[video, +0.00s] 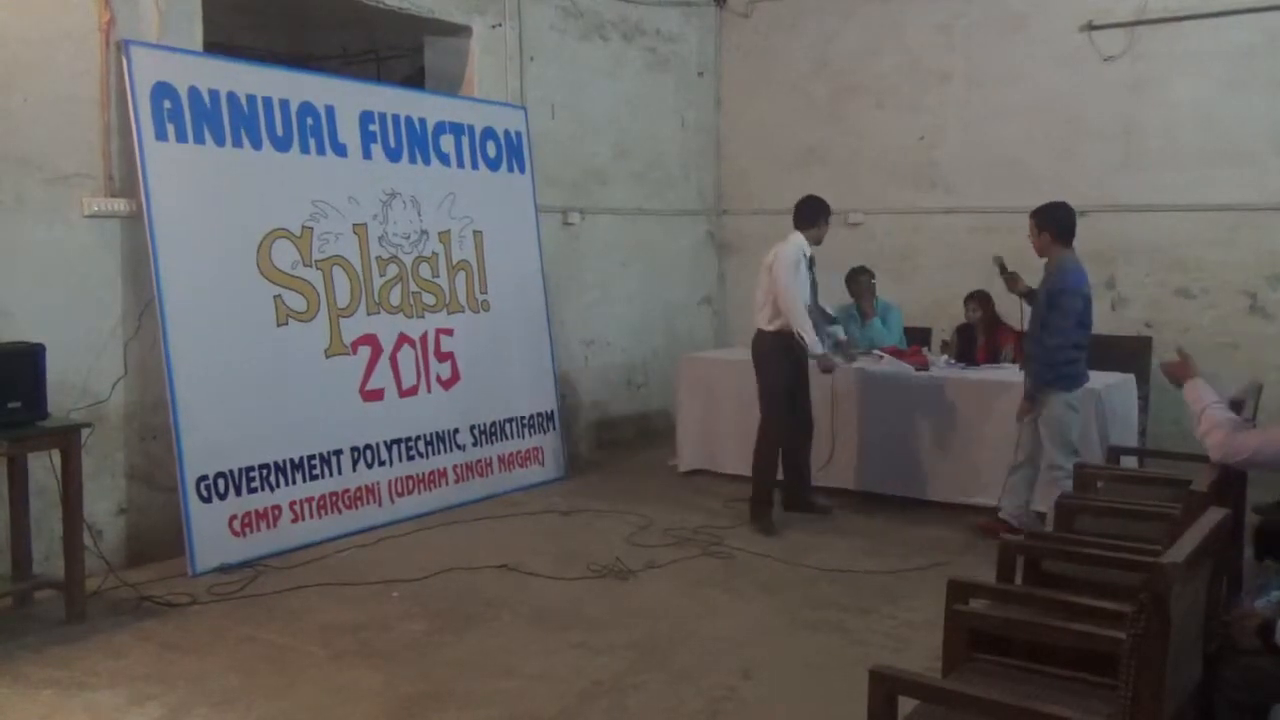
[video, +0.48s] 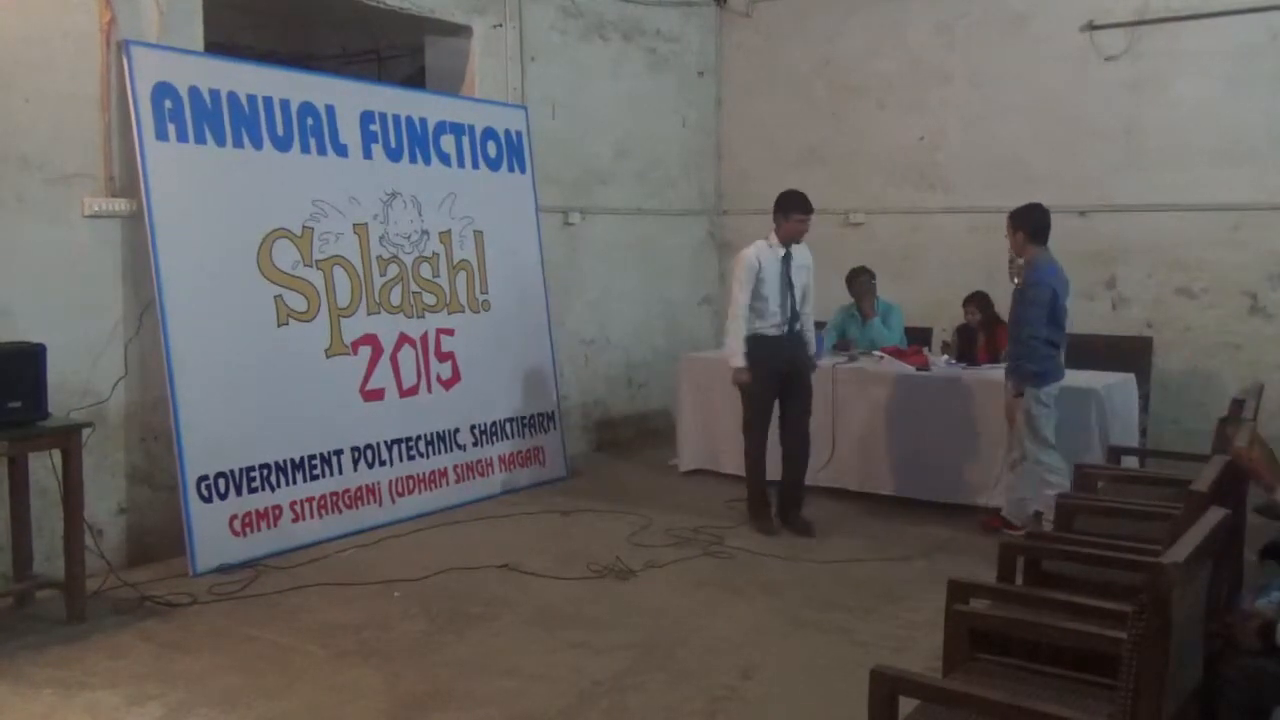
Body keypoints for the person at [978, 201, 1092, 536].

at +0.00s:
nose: (1031, 240)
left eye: (1033, 234)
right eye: (1031, 234)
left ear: (1047, 235)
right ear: (1060, 235)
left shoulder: (1066, 276)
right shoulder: (1059, 270)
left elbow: (1053, 341)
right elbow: (1051, 314)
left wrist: (1032, 392)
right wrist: (1025, 292)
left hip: (1061, 384)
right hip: (1045, 381)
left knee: (1057, 459)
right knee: (1027, 453)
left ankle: (1055, 525)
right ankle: (1013, 516)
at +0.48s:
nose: (1009, 241)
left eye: (1010, 234)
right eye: (1009, 234)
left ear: (1022, 235)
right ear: (1041, 233)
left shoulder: (1038, 276)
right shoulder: (1048, 270)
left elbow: (1029, 334)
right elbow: (1039, 327)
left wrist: (1017, 381)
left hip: (1035, 377)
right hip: (1037, 374)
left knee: (1038, 448)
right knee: (1019, 448)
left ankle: (1061, 513)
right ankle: (1015, 512)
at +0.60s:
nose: (1002, 241)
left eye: (1003, 234)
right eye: (1002, 233)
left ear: (1015, 234)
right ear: (1035, 233)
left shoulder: (1025, 273)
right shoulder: (1050, 270)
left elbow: (1014, 332)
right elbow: (1053, 322)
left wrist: (1004, 382)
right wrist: (1036, 351)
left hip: (1026, 373)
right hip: (1039, 370)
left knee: (1023, 446)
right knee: (1021, 445)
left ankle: (1038, 514)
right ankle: (1017, 511)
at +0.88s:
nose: (993, 239)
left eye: (994, 232)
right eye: (993, 232)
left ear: (1005, 233)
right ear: (1025, 232)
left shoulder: (1009, 273)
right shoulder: (1045, 272)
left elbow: (998, 330)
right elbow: (1053, 322)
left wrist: (973, 364)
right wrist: (1022, 337)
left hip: (1009, 375)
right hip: (1034, 374)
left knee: (994, 444)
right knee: (1024, 446)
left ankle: (1002, 514)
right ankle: (1020, 513)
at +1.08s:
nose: (984, 239)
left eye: (986, 232)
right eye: (985, 232)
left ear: (995, 234)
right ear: (1017, 233)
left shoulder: (995, 272)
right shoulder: (1039, 272)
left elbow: (982, 323)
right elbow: (1051, 321)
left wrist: (980, 356)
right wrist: (1028, 345)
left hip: (998, 375)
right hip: (1028, 373)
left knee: (977, 443)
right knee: (1021, 449)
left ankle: (963, 509)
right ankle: (1018, 515)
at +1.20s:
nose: (976, 240)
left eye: (977, 234)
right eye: (977, 233)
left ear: (985, 236)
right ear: (1010, 233)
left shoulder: (986, 274)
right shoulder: (1033, 274)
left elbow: (967, 324)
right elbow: (1046, 322)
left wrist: (940, 331)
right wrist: (1025, 350)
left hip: (990, 377)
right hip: (1021, 374)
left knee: (969, 444)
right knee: (1017, 451)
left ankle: (946, 507)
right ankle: (1017, 516)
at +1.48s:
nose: (952, 241)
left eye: (953, 236)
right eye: (953, 236)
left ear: (959, 237)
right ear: (985, 234)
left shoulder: (956, 278)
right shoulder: (1007, 275)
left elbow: (933, 326)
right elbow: (1018, 323)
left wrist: (902, 315)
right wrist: (986, 319)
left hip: (960, 377)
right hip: (992, 374)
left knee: (948, 445)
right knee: (995, 444)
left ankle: (939, 509)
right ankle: (1011, 511)